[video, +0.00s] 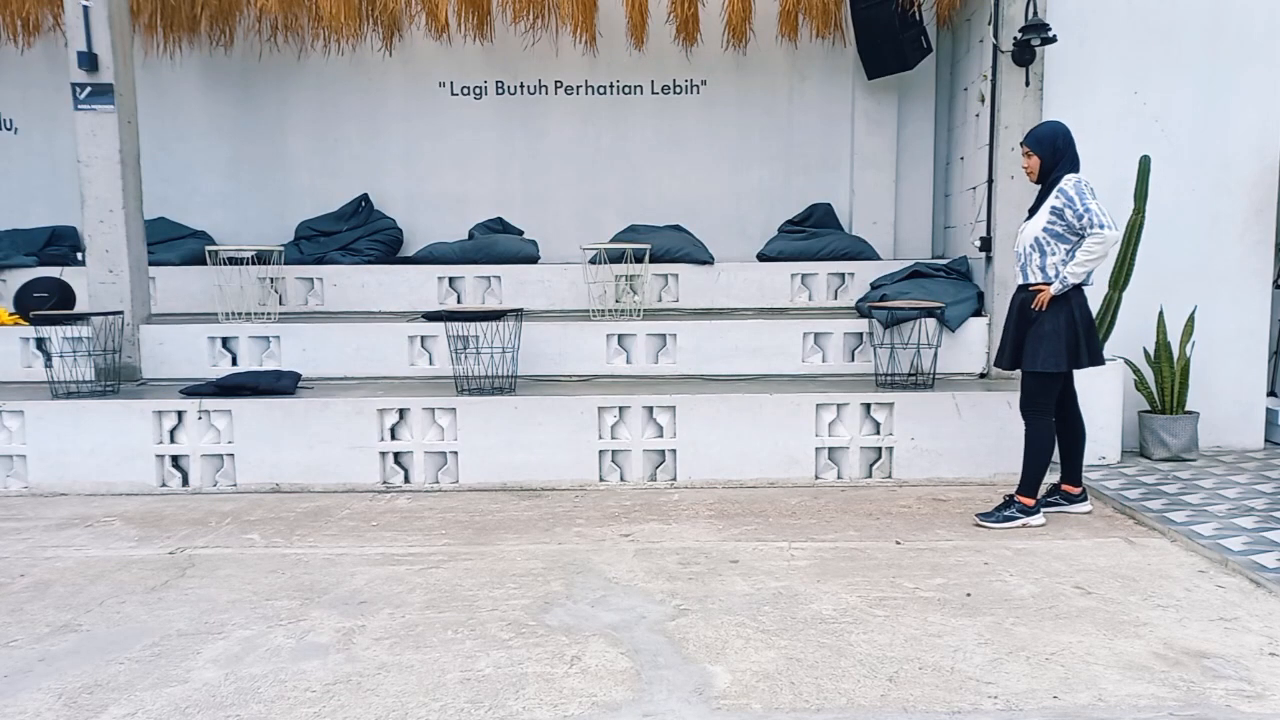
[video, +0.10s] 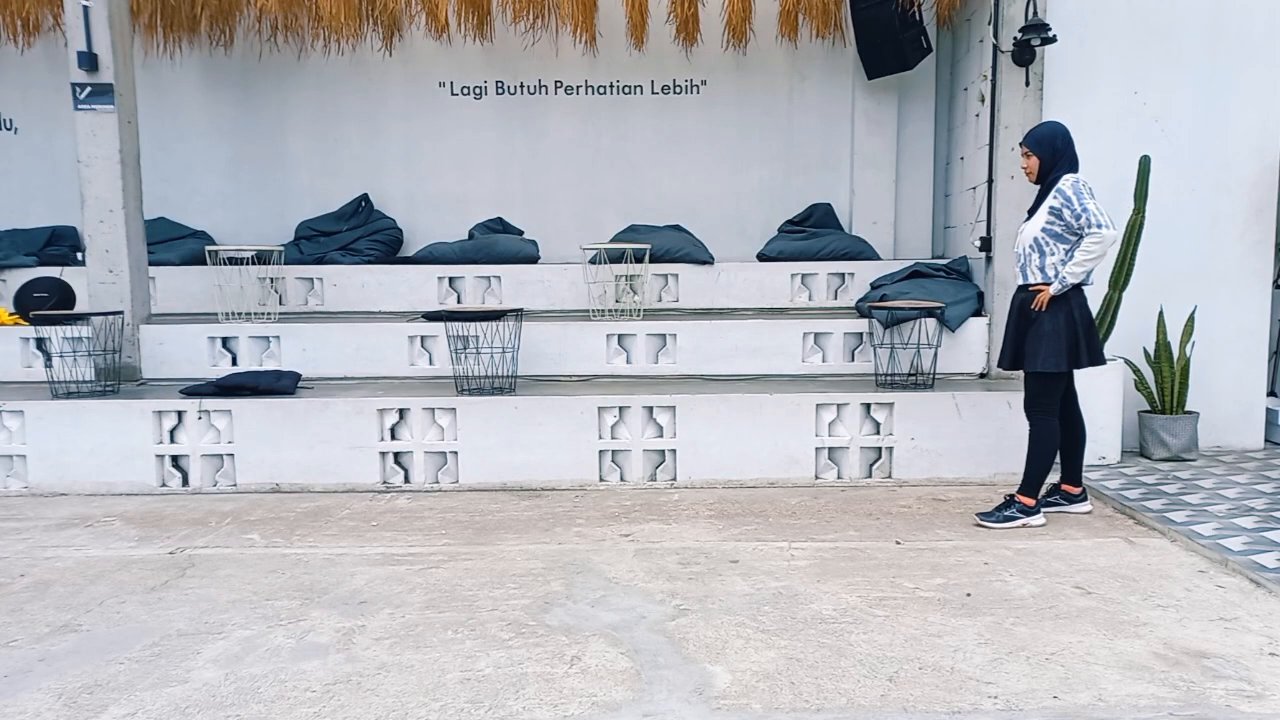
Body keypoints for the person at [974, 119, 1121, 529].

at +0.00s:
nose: (1024, 163)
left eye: (1030, 155)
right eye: (1024, 156)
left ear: (1052, 154)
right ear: (1043, 156)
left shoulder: (1071, 186)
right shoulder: (1050, 193)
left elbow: (1103, 233)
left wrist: (1060, 283)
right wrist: (1035, 283)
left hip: (1052, 311)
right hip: (1041, 309)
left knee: (1037, 406)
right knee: (1063, 404)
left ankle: (1024, 500)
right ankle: (1072, 488)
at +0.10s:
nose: (1024, 164)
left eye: (1029, 156)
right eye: (1023, 156)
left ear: (1052, 154)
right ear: (1043, 157)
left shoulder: (1069, 186)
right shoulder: (1050, 193)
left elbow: (1102, 232)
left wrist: (1060, 283)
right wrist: (1037, 282)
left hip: (1051, 311)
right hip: (1043, 308)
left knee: (1040, 407)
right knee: (1063, 403)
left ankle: (1025, 501)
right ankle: (1072, 488)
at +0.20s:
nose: (1022, 164)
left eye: (1028, 156)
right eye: (1021, 157)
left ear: (1050, 154)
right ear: (1042, 157)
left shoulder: (1067, 186)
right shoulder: (1049, 192)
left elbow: (1101, 232)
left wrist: (1059, 283)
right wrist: (1038, 282)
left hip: (1051, 310)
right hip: (1044, 308)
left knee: (1040, 407)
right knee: (1063, 403)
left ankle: (1026, 501)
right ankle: (1072, 488)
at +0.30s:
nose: (1020, 164)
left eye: (1026, 156)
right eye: (1020, 157)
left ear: (1048, 154)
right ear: (1042, 157)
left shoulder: (1065, 186)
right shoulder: (1048, 192)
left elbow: (1098, 232)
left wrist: (1056, 282)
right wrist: (1038, 281)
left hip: (1049, 311)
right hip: (1045, 308)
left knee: (1035, 406)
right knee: (1063, 404)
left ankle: (1025, 501)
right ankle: (1072, 488)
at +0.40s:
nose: (1018, 165)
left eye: (1024, 157)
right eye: (1018, 158)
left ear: (1045, 155)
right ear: (1041, 157)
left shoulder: (1063, 186)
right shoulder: (1047, 192)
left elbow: (1095, 232)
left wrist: (1054, 282)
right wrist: (1037, 282)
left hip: (1048, 311)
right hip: (1044, 308)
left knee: (1027, 404)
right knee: (1061, 402)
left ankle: (1024, 501)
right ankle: (1072, 488)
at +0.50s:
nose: (1015, 168)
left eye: (1020, 160)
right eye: (1014, 160)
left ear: (1041, 157)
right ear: (1038, 159)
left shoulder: (1060, 187)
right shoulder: (1044, 194)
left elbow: (1091, 232)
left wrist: (1052, 283)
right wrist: (1032, 284)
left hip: (1045, 311)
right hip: (1040, 309)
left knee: (1013, 402)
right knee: (1056, 401)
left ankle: (1022, 499)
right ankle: (1071, 488)